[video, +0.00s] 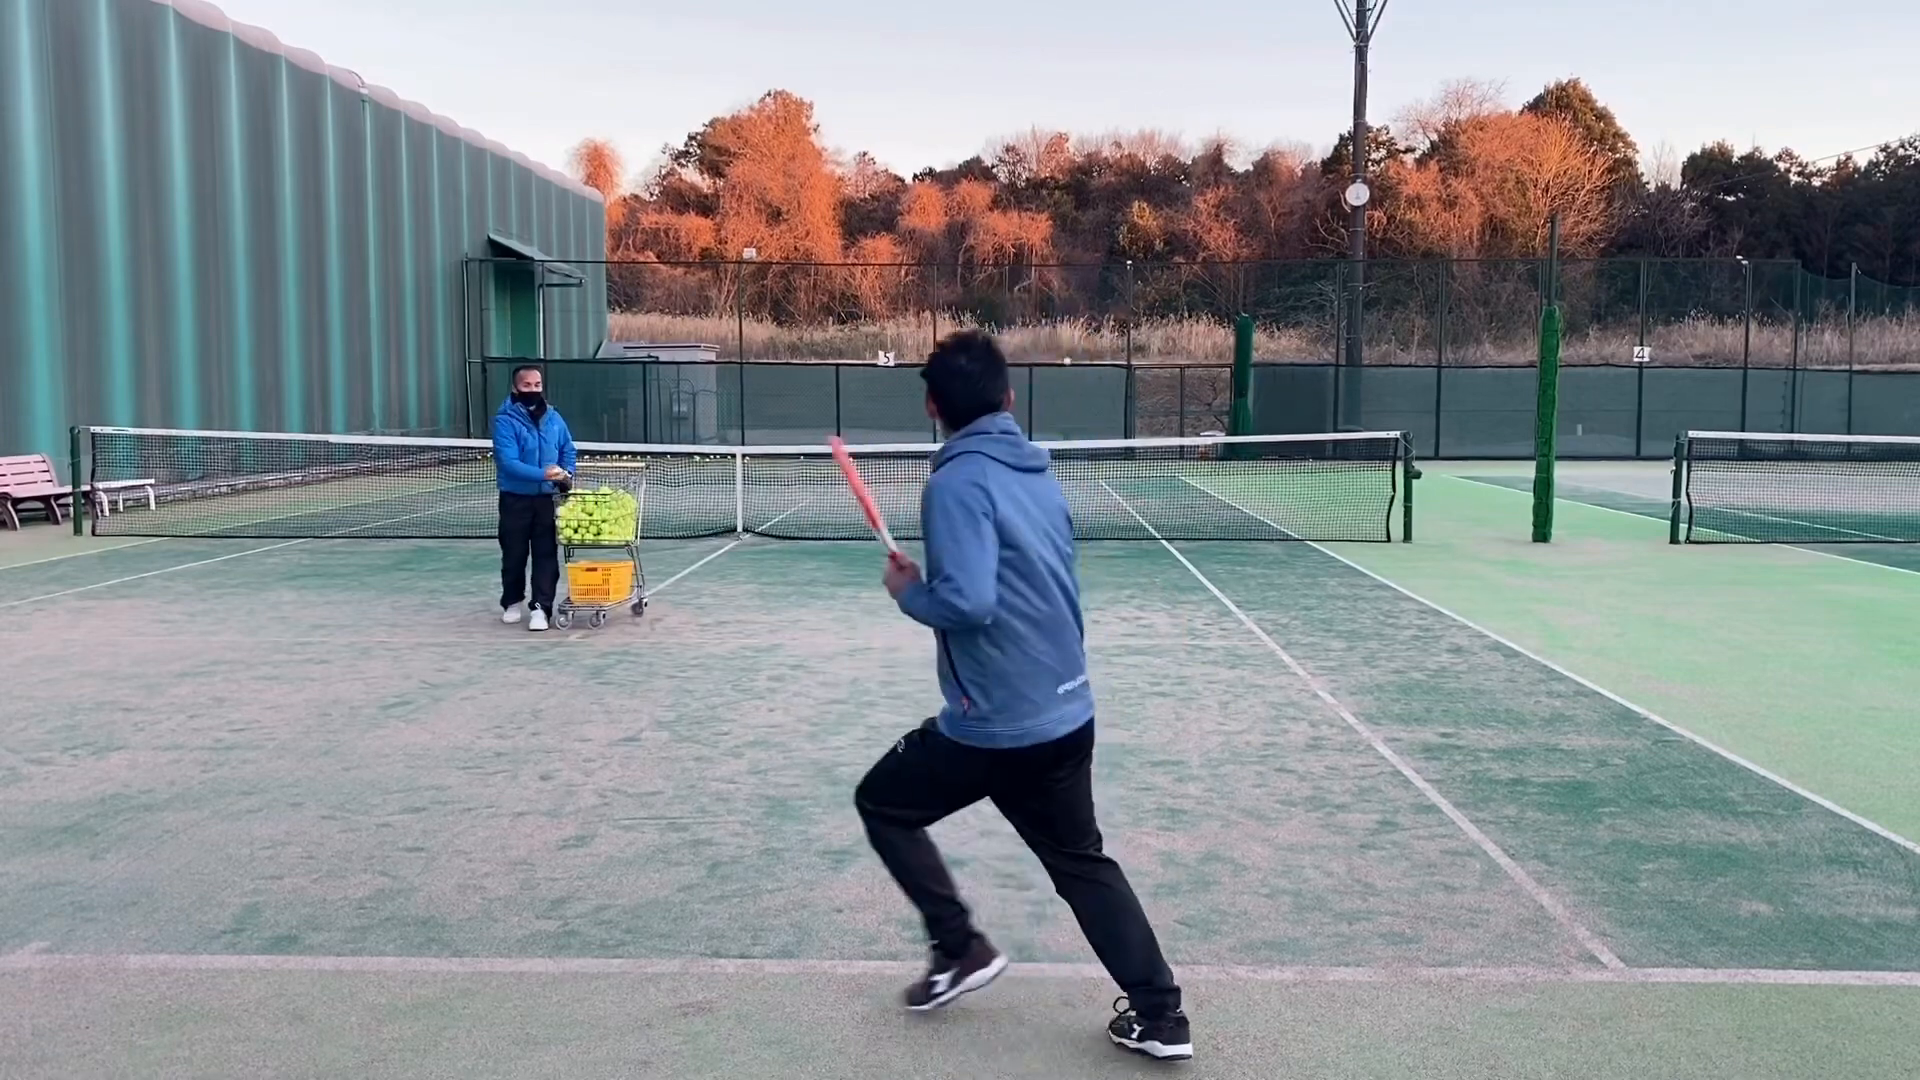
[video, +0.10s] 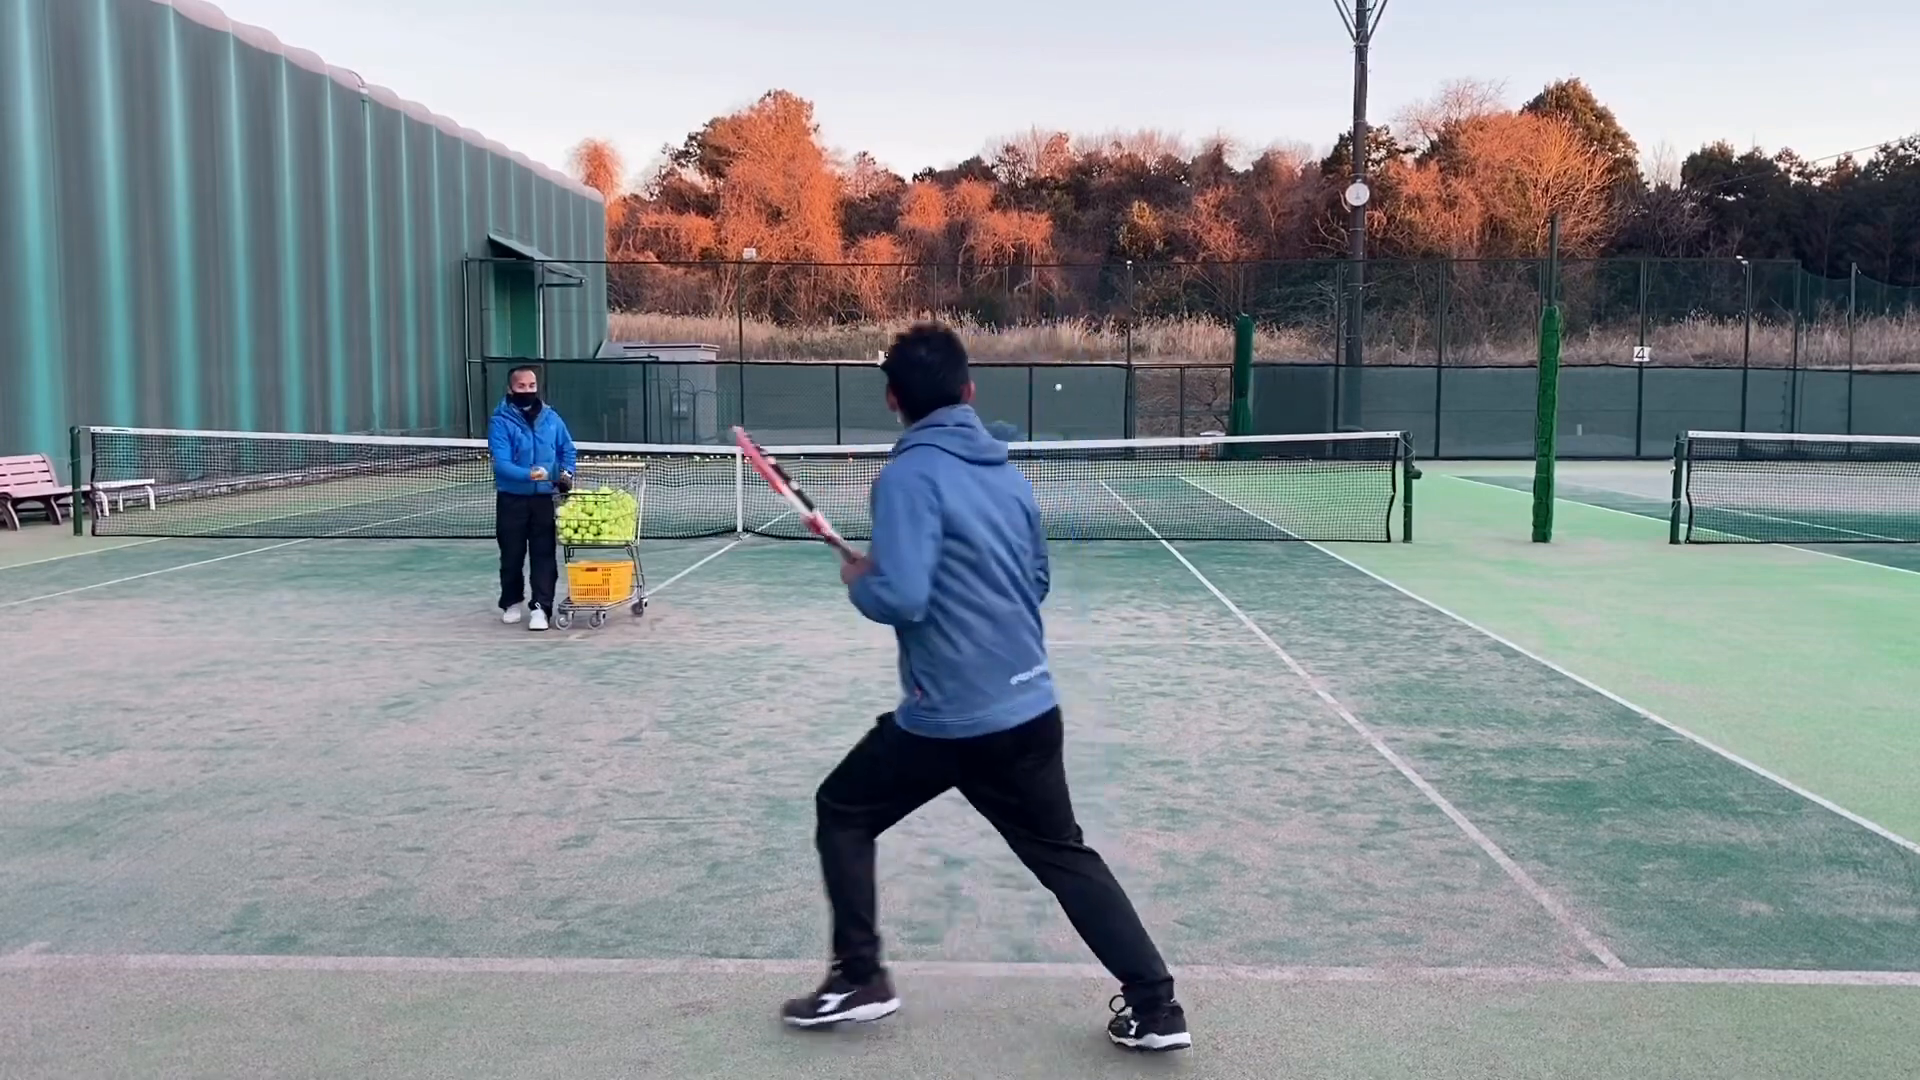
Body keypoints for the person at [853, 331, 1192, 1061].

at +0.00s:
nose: (926, 403)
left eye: (927, 394)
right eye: (928, 392)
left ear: (935, 404)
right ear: (1006, 395)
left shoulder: (957, 482)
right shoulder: (1034, 469)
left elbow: (968, 601)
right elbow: (1047, 579)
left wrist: (909, 591)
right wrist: (953, 571)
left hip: (998, 725)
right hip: (1063, 711)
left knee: (884, 803)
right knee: (1081, 863)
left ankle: (960, 948)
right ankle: (1161, 1015)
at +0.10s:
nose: (885, 398)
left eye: (887, 388)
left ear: (895, 397)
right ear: (968, 388)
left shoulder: (909, 476)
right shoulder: (1006, 473)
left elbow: (903, 597)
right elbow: (1031, 584)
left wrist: (858, 578)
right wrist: (922, 566)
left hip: (951, 716)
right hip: (1028, 705)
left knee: (843, 808)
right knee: (1062, 851)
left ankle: (859, 976)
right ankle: (1155, 1003)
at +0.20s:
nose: (841, 382)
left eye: (840, 373)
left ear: (847, 382)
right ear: (923, 377)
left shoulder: (842, 466)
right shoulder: (961, 462)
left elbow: (816, 586)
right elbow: (998, 568)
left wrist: (811, 544)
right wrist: (917, 563)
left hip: (876, 715)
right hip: (968, 705)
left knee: (804, 839)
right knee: (1024, 839)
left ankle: (829, 1002)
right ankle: (1130, 989)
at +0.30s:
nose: (801, 360)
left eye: (802, 350)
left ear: (805, 355)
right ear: (878, 350)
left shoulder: (782, 437)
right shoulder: (919, 442)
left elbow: (738, 551)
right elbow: (956, 551)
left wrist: (752, 505)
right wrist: (876, 548)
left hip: (819, 693)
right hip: (914, 685)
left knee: (793, 840)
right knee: (955, 829)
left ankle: (829, 1002)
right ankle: (1039, 986)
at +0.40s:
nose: (762, 329)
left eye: (763, 319)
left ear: (765, 323)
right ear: (839, 317)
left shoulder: (739, 406)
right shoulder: (885, 411)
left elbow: (687, 515)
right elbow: (919, 524)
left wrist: (749, 503)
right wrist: (846, 525)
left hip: (775, 658)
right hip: (868, 654)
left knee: (786, 822)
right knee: (877, 813)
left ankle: (813, 989)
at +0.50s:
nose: (722, 334)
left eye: (724, 323)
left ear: (730, 328)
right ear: (804, 323)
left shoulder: (703, 410)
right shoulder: (852, 416)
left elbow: (645, 525)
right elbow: (887, 533)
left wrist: (714, 520)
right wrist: (812, 538)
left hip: (730, 662)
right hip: (823, 662)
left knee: (721, 820)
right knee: (814, 822)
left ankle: (721, 991)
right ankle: (815, 1007)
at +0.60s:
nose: (689, 365)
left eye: (687, 354)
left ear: (693, 361)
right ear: (771, 358)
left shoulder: (661, 451)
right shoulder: (811, 457)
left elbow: (602, 563)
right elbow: (848, 572)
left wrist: (666, 552)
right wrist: (769, 575)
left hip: (678, 708)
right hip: (783, 708)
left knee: (624, 843)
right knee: (797, 856)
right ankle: (810, 1027)